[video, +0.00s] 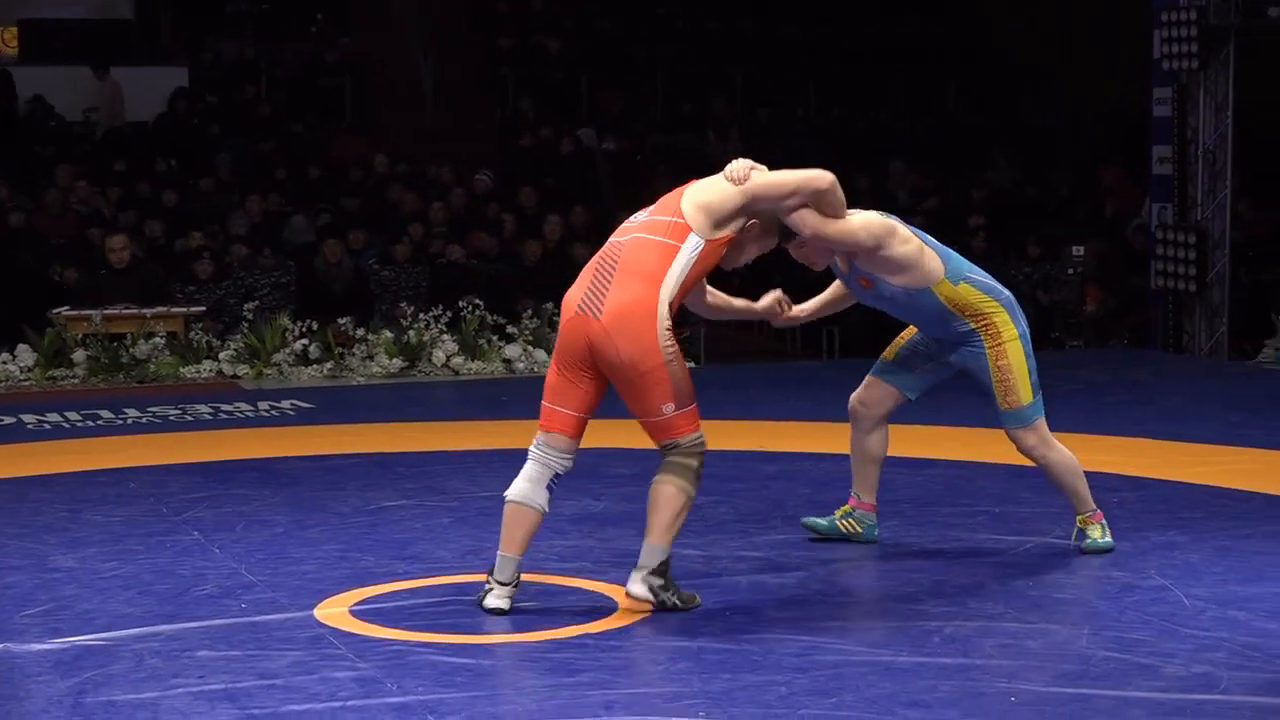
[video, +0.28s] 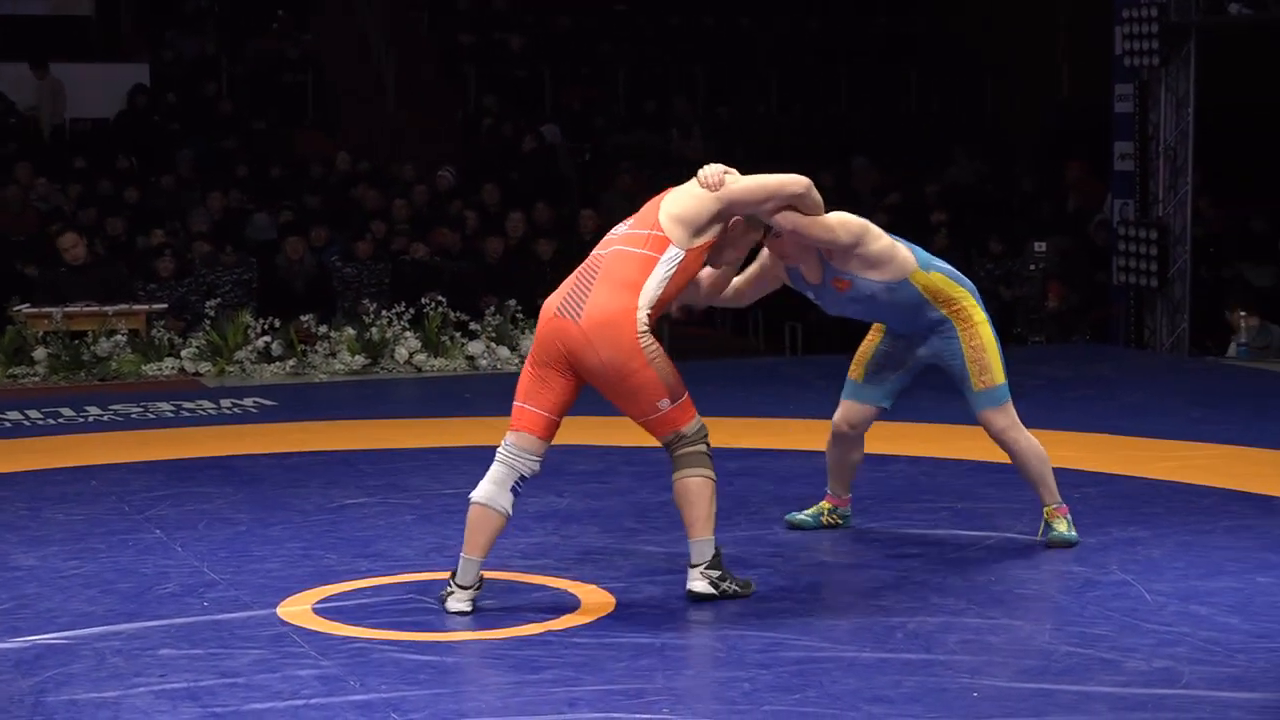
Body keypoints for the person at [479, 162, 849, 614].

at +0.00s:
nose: (756, 256)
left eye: (766, 250)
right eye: (766, 243)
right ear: (757, 219)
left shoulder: (671, 223)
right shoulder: (724, 197)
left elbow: (705, 302)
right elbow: (822, 179)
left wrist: (760, 310)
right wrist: (838, 229)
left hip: (575, 318)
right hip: (635, 325)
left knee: (545, 458)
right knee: (683, 450)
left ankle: (500, 584)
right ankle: (649, 573)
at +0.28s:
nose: (754, 247)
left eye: (760, 242)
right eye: (758, 235)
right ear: (738, 215)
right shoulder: (702, 199)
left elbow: (720, 286)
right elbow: (801, 186)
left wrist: (781, 252)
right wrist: (818, 227)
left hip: (555, 322)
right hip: (618, 330)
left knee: (511, 462)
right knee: (689, 444)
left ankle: (461, 586)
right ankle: (705, 569)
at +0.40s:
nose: (757, 263)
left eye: (764, 257)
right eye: (765, 249)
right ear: (754, 225)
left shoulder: (665, 228)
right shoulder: (714, 209)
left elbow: (718, 309)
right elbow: (806, 197)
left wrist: (768, 266)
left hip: (546, 322)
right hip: (610, 333)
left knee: (524, 461)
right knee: (672, 448)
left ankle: (466, 572)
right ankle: (696, 565)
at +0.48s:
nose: (753, 296)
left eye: (762, 289)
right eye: (759, 284)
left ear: (724, 220)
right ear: (740, 234)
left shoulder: (658, 239)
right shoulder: (716, 247)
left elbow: (718, 310)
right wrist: (805, 217)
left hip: (530, 338)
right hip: (596, 342)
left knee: (544, 454)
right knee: (667, 450)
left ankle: (471, 545)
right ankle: (697, 565)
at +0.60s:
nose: (723, 263)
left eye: (728, 255)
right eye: (725, 253)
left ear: (683, 230)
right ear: (707, 240)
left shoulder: (635, 250)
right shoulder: (681, 269)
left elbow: (709, 329)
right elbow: (667, 369)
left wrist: (754, 282)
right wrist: (723, 378)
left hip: (514, 350)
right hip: (576, 352)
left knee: (550, 455)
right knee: (655, 454)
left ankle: (459, 539)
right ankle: (693, 570)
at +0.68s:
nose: (708, 262)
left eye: (714, 253)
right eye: (710, 250)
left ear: (678, 229)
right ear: (688, 235)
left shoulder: (626, 246)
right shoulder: (650, 253)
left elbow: (676, 355)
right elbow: (598, 324)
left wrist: (750, 339)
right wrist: (606, 388)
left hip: (479, 339)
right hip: (530, 338)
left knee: (522, 453)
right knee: (609, 455)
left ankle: (441, 547)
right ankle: (678, 563)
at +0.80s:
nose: (693, 276)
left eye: (697, 266)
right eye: (695, 263)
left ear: (670, 248)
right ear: (672, 248)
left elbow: (581, 397)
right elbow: (548, 263)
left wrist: (579, 473)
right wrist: (599, 327)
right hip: (475, 315)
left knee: (499, 447)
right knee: (549, 434)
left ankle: (431, 553)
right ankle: (550, 565)